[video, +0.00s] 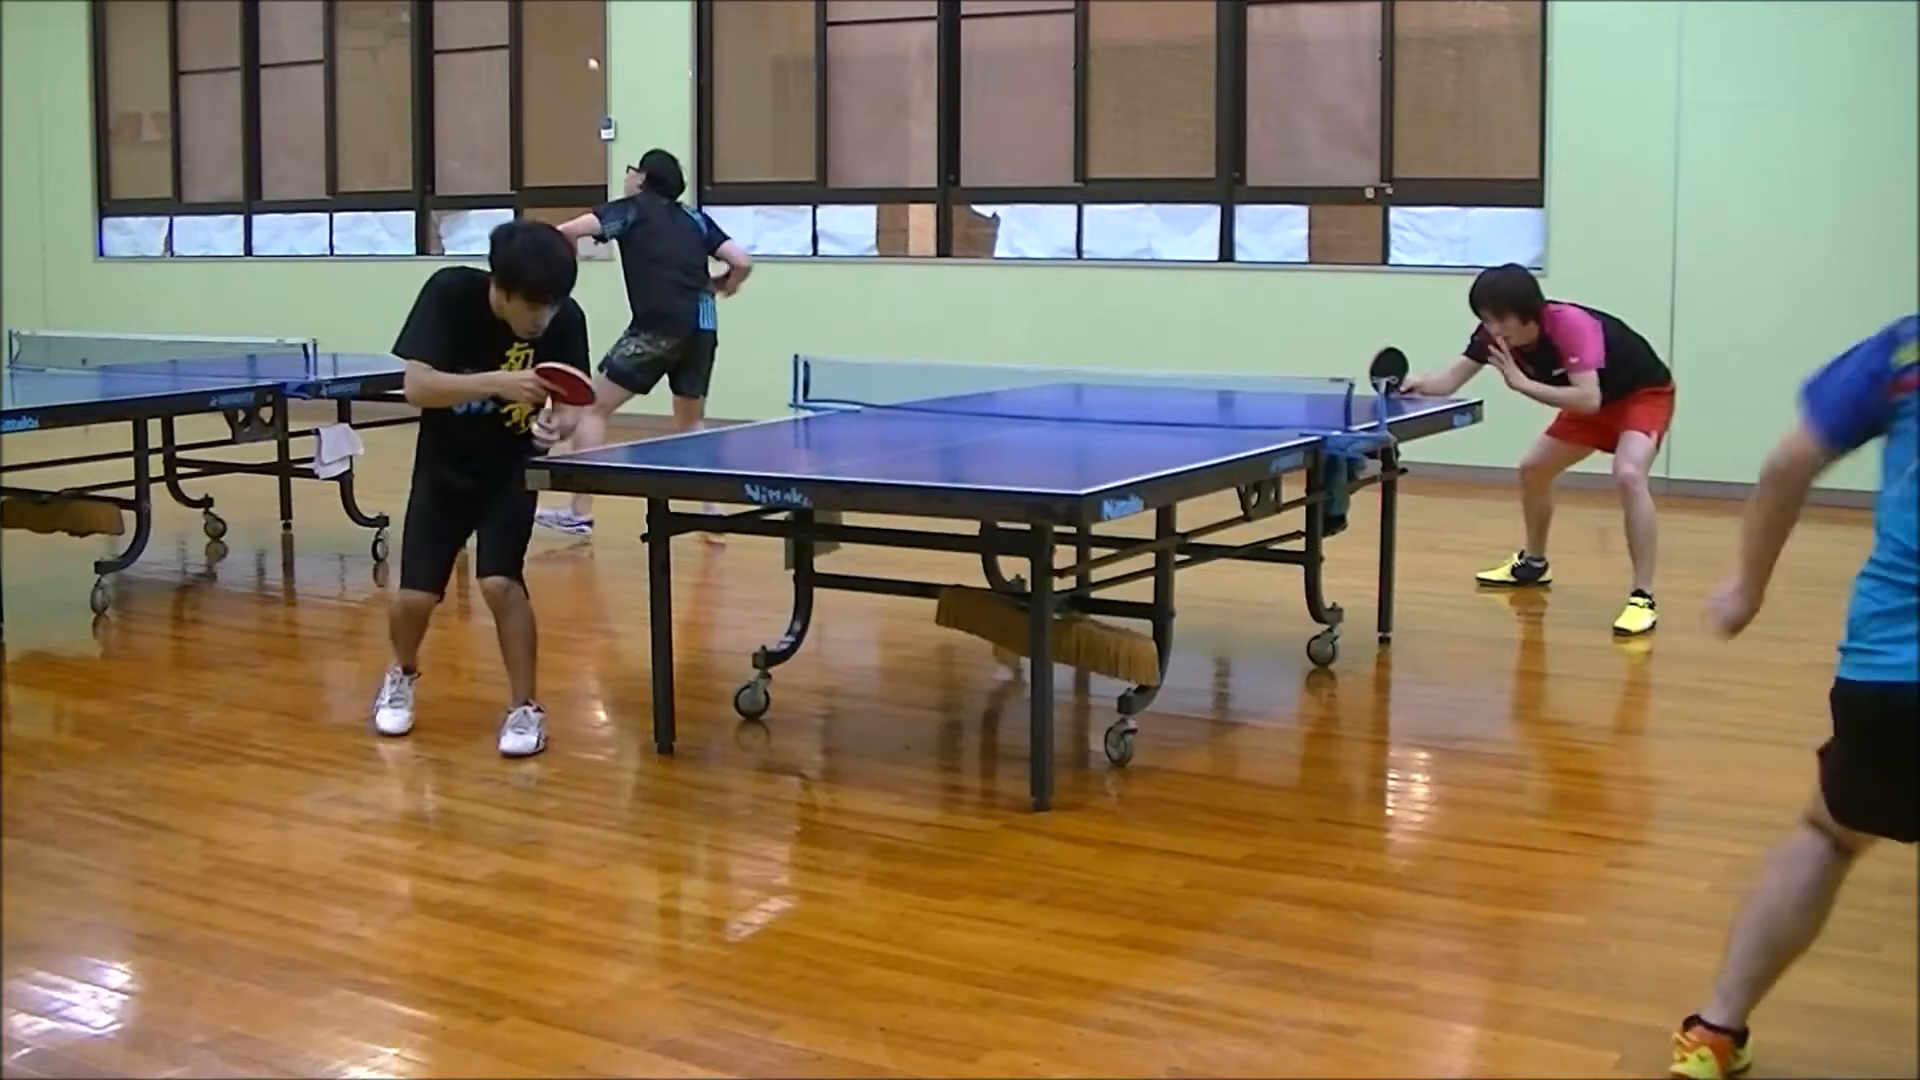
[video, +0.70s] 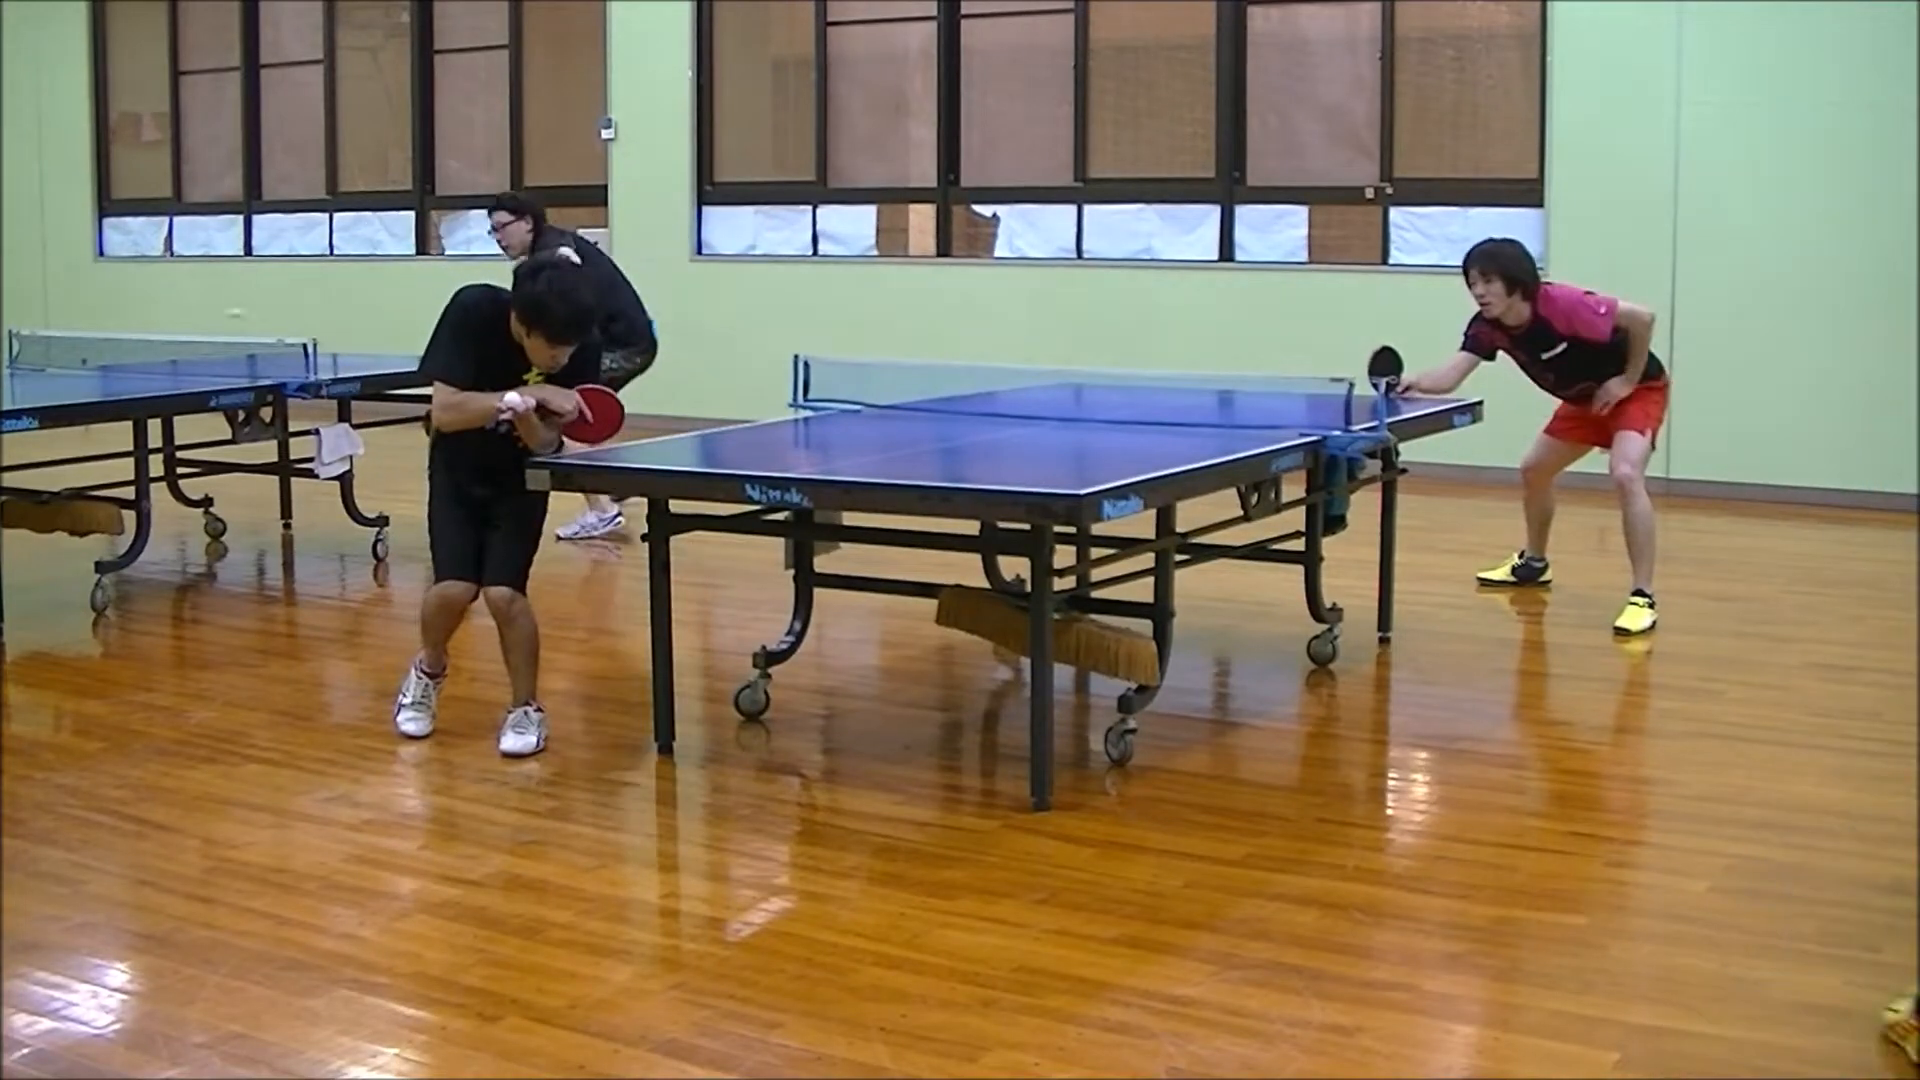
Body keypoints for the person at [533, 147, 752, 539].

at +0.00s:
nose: (627, 176)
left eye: (633, 172)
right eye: (630, 171)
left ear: (645, 180)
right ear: (672, 186)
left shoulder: (632, 208)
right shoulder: (694, 218)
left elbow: (567, 231)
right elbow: (741, 262)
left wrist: (544, 252)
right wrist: (726, 284)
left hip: (657, 326)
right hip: (702, 331)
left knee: (592, 409)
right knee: (691, 423)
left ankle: (579, 513)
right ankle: (713, 514)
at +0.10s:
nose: (626, 185)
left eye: (631, 180)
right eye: (629, 179)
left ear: (643, 187)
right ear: (673, 193)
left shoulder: (629, 213)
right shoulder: (692, 221)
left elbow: (571, 237)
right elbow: (748, 259)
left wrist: (577, 251)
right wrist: (766, 247)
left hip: (657, 325)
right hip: (701, 331)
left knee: (591, 403)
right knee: (694, 419)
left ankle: (603, 506)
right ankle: (711, 510)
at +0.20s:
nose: (620, 198)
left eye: (624, 193)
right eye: (622, 192)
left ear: (634, 198)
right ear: (665, 203)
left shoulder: (617, 225)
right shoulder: (683, 231)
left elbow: (565, 246)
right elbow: (742, 263)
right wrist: (759, 231)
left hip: (652, 334)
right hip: (698, 337)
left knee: (582, 404)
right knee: (692, 423)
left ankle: (622, 496)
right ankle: (711, 508)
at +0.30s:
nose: (598, 216)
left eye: (603, 211)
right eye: (601, 210)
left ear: (616, 214)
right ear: (644, 217)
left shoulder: (602, 237)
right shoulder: (667, 239)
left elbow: (557, 262)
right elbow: (725, 265)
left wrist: (577, 237)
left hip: (647, 342)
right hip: (691, 343)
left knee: (577, 409)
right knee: (687, 424)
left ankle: (624, 495)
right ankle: (711, 508)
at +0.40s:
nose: (558, 234)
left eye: (564, 227)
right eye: (560, 227)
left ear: (582, 227)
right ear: (605, 229)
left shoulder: (578, 249)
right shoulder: (636, 247)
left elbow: (540, 274)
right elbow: (685, 270)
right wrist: (656, 301)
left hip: (639, 346)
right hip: (683, 346)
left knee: (577, 420)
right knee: (678, 427)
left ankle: (605, 514)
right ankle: (709, 507)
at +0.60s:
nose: (502, 250)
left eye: (507, 240)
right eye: (500, 243)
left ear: (532, 235)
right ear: (535, 237)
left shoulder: (548, 266)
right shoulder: (563, 250)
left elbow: (583, 337)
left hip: (637, 349)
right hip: (644, 345)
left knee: (576, 420)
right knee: (609, 413)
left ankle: (601, 513)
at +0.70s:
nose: (496, 236)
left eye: (502, 227)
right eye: (494, 229)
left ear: (527, 223)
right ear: (525, 226)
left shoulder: (554, 256)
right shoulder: (547, 246)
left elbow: (563, 317)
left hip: (628, 345)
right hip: (608, 339)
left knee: (564, 414)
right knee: (563, 409)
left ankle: (601, 509)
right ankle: (610, 496)